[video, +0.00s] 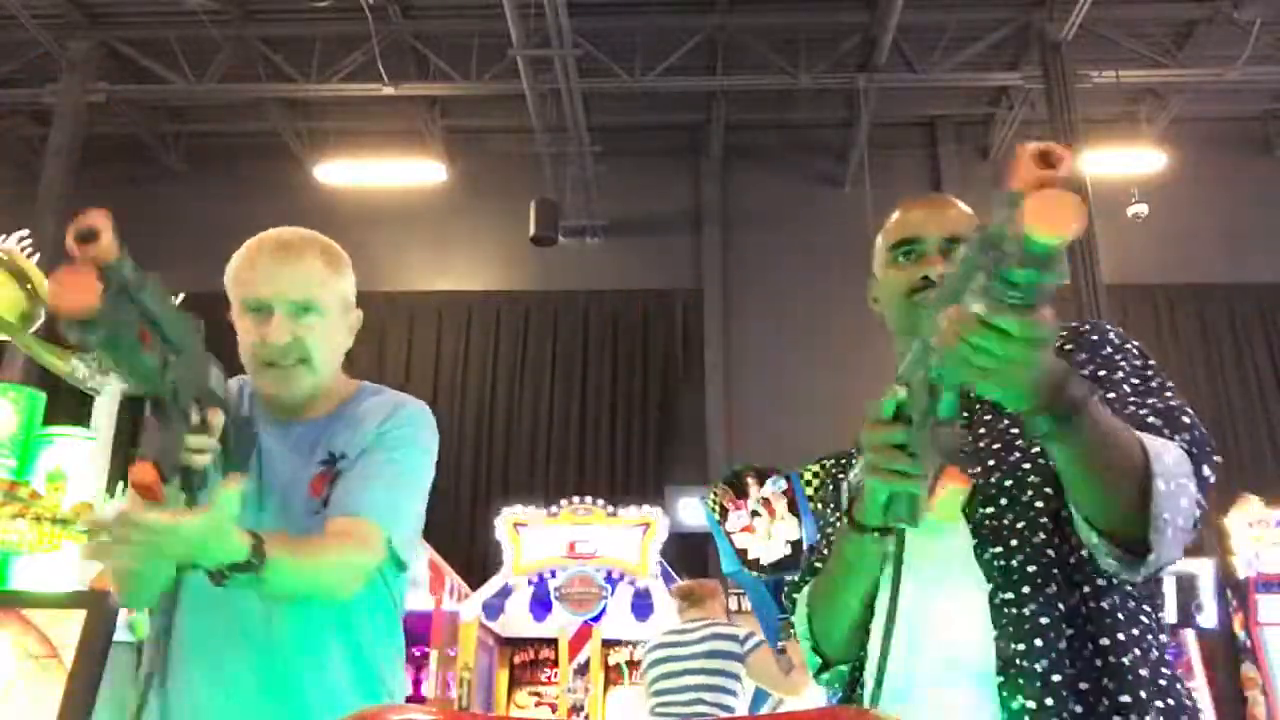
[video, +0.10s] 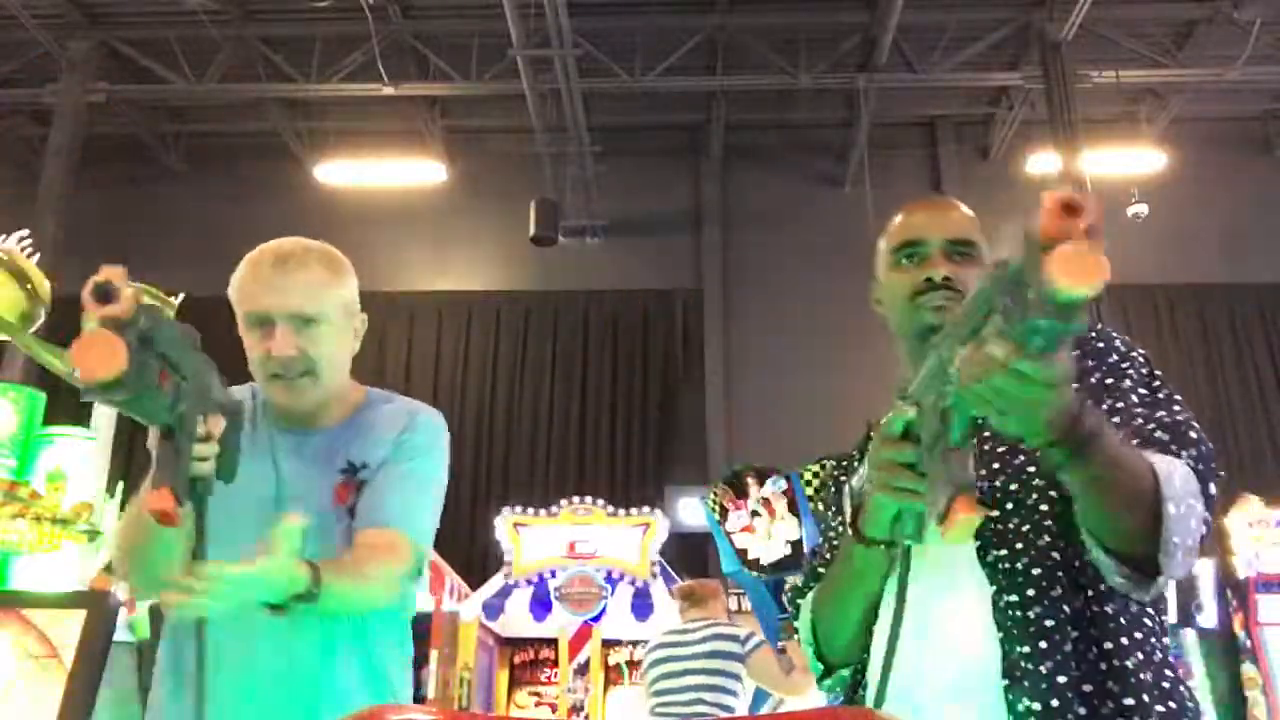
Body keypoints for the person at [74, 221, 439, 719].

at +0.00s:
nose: (277, 336)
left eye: (304, 312)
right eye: (258, 311)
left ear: (351, 323)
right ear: (234, 321)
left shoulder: (396, 424)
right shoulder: (202, 413)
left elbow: (345, 565)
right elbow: (132, 589)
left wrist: (228, 550)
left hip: (337, 711)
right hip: (193, 709)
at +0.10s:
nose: (280, 347)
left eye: (305, 323)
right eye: (261, 324)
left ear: (356, 331)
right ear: (239, 331)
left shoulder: (408, 431)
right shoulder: (200, 421)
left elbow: (383, 574)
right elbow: (138, 578)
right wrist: (168, 476)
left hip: (344, 712)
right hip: (194, 710)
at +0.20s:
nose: (293, 350)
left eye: (318, 326)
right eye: (274, 327)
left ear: (365, 335)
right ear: (252, 335)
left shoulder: (423, 441)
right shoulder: (215, 425)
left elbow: (454, 598)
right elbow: (149, 560)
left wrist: (403, 607)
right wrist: (177, 460)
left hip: (359, 714)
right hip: (209, 709)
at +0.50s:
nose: (270, 322)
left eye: (295, 299)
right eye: (248, 299)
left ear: (343, 314)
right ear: (222, 312)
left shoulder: (397, 429)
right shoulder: (178, 413)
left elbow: (417, 595)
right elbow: (116, 560)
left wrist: (353, 630)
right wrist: (134, 457)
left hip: (328, 708)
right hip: (172, 703)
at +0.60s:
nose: (227, 295)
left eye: (254, 271)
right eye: (206, 269)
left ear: (304, 290)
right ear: (181, 281)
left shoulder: (362, 411)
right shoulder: (134, 383)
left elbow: (385, 581)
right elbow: (50, 527)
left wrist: (310, 638)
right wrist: (60, 424)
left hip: (288, 711)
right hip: (129, 705)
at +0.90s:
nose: (270, 257)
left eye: (299, 234)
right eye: (246, 233)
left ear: (352, 256)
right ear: (218, 250)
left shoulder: (412, 389)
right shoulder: (161, 366)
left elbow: (447, 572)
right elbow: (86, 526)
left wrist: (351, 648)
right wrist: (79, 405)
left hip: (330, 715)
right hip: (151, 707)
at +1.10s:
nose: (297, 296)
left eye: (322, 277)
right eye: (276, 275)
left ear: (362, 303)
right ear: (245, 295)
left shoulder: (413, 422)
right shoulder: (195, 397)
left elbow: (466, 579)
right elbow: (131, 536)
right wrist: (141, 401)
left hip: (358, 711)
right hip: (190, 704)